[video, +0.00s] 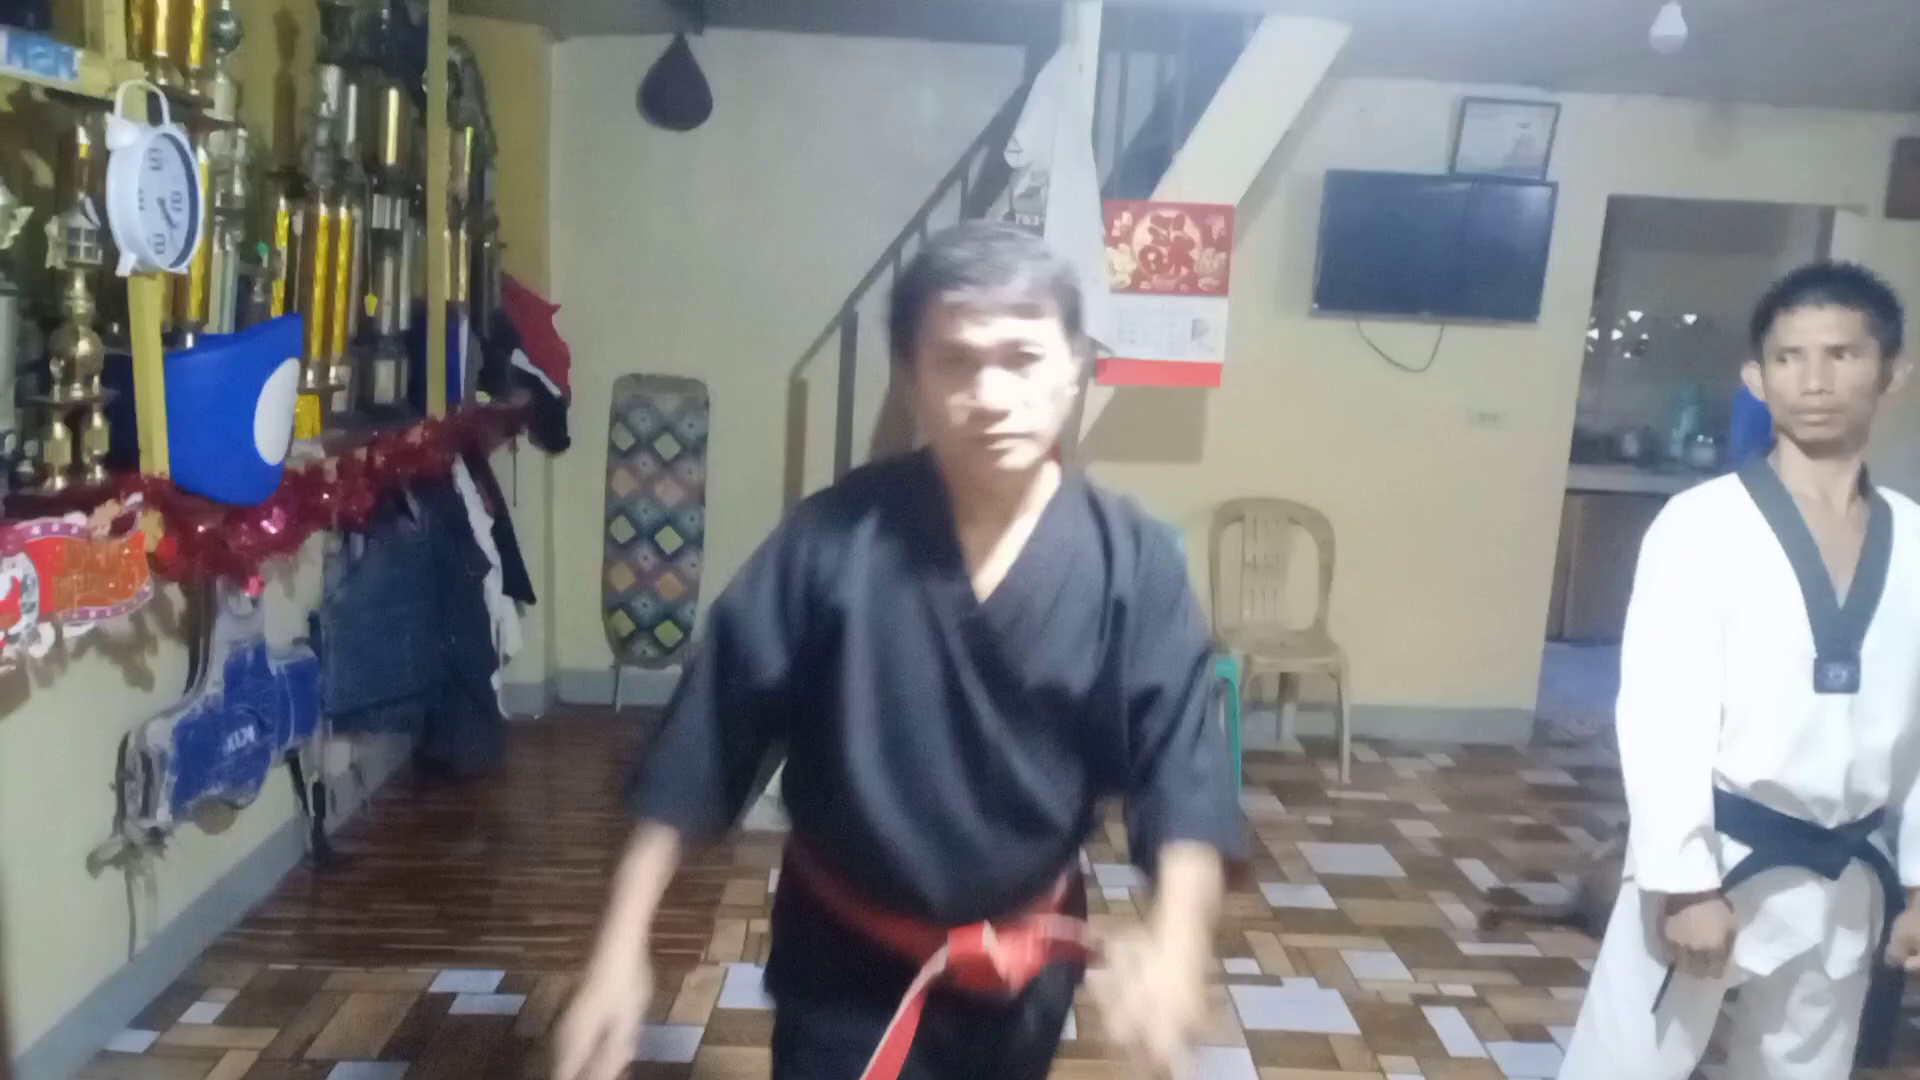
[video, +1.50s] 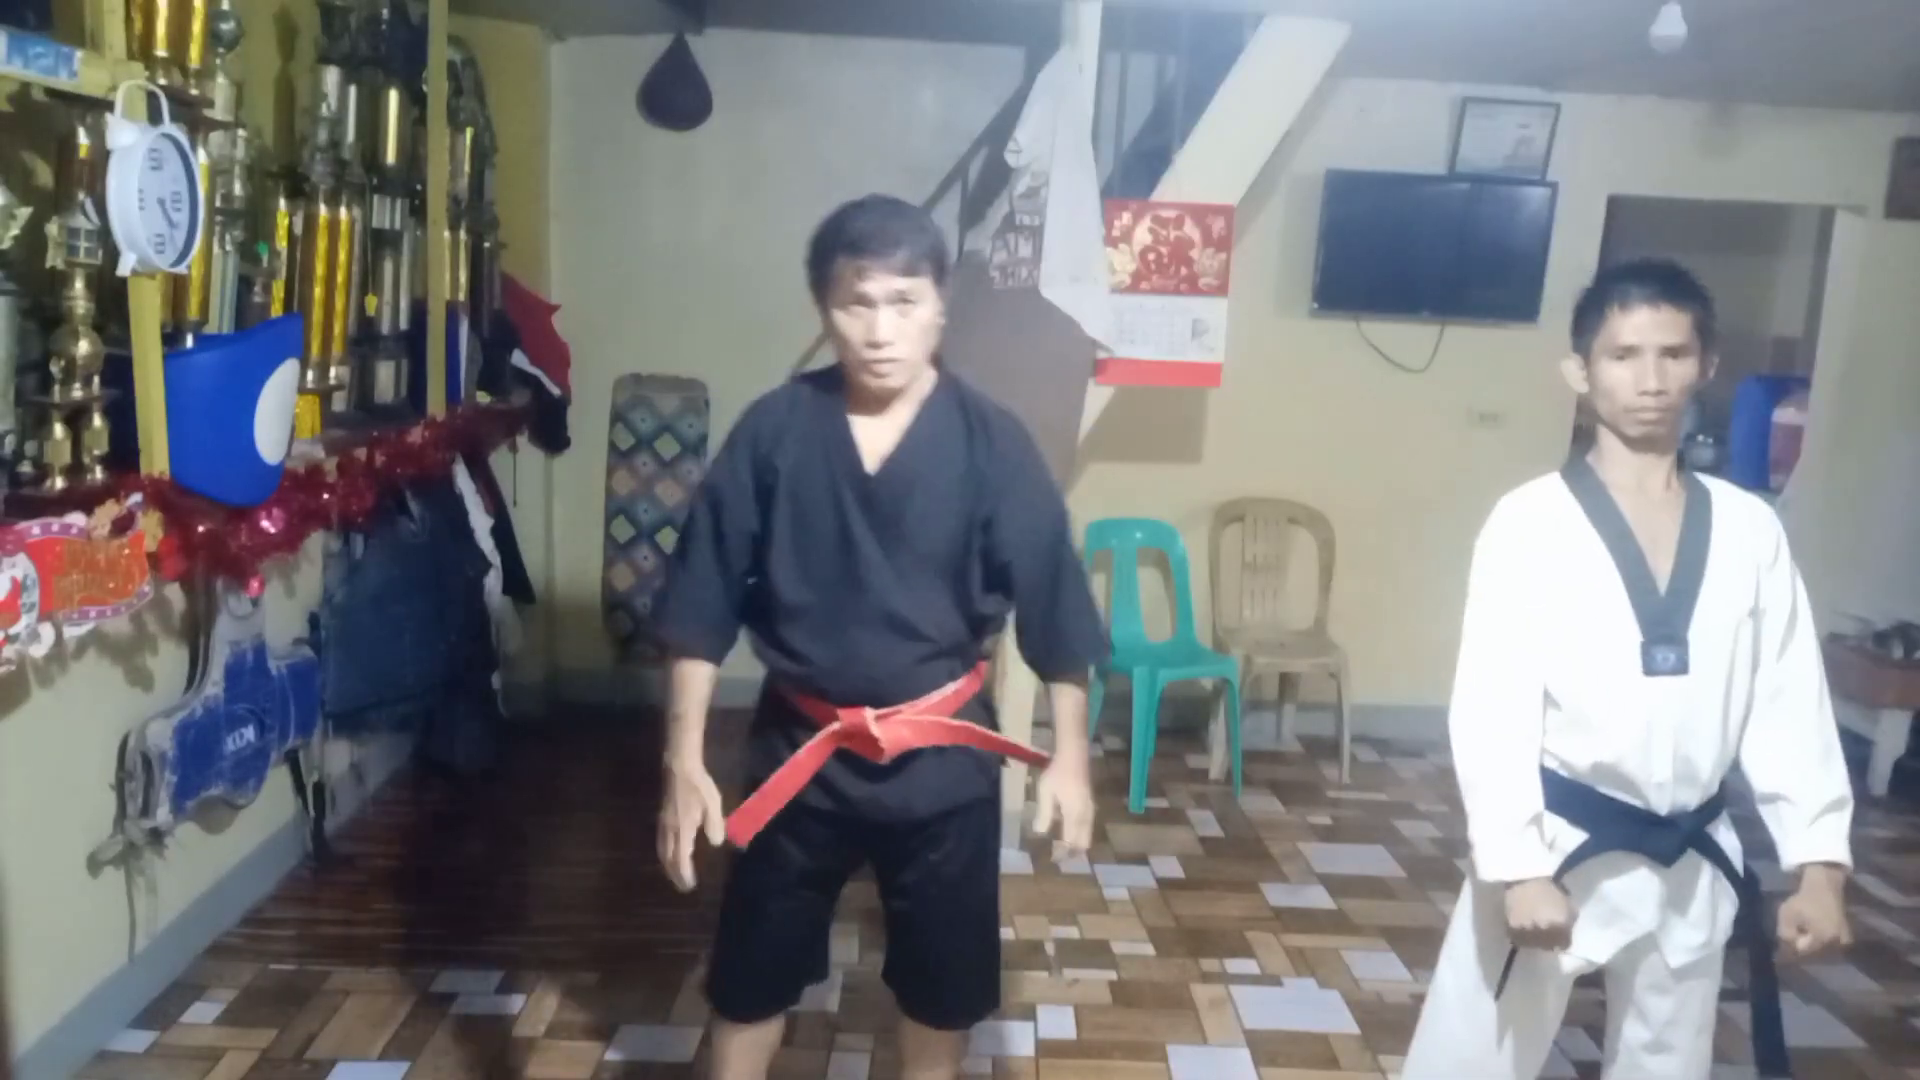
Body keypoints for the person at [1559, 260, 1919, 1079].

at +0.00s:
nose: (1814, 379)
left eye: (1842, 353)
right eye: (1789, 356)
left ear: (1889, 377)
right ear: (1756, 378)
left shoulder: (1913, 536)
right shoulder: (1698, 526)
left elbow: (1913, 730)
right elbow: (1658, 711)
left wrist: (1917, 886)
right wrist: (1685, 883)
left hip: (1846, 891)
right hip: (1705, 874)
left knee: (1808, 1068)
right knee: (1626, 1068)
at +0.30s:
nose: (1817, 382)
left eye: (1852, 357)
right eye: (1800, 357)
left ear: (1910, 380)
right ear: (1780, 373)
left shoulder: (1918, 538)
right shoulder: (1715, 519)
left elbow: (1913, 734)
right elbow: (1660, 701)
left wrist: (1917, 889)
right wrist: (1672, 869)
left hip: (1850, 886)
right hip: (1708, 863)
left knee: (1804, 1070)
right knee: (1620, 1067)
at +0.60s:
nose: (1840, 385)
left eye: (1873, 361)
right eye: (1828, 359)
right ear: (1810, 369)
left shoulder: (1914, 536)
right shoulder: (1738, 509)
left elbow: (1908, 728)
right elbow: (1672, 689)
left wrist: (1903, 821)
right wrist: (1724, 843)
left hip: (1847, 862)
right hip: (1706, 834)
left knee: (1806, 1068)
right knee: (1634, 1060)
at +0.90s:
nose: (1766, 390)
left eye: (1794, 364)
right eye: (1740, 362)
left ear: (1833, 386)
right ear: (1699, 379)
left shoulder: (1853, 552)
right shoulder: (1632, 520)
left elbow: (1894, 695)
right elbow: (1592, 698)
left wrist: (1860, 768)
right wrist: (1727, 822)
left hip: (1763, 888)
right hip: (1613, 865)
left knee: (1746, 1069)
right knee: (1508, 1061)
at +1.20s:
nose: (1629, 384)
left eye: (1652, 359)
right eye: (1604, 358)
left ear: (1686, 371)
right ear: (1560, 369)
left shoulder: (1719, 528)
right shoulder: (1500, 516)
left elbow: (1758, 695)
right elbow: (1453, 698)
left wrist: (1775, 842)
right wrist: (1492, 858)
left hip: (1666, 859)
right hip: (1520, 847)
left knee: (1649, 1067)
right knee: (1436, 1061)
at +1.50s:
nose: (1652, 380)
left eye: (1673, 354)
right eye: (1625, 356)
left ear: (1705, 368)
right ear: (1579, 373)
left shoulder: (1750, 528)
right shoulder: (1527, 523)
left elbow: (1790, 702)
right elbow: (1489, 706)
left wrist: (1820, 862)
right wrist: (1520, 869)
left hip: (1692, 868)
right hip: (1548, 857)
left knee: (1664, 1069)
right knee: (1466, 1066)